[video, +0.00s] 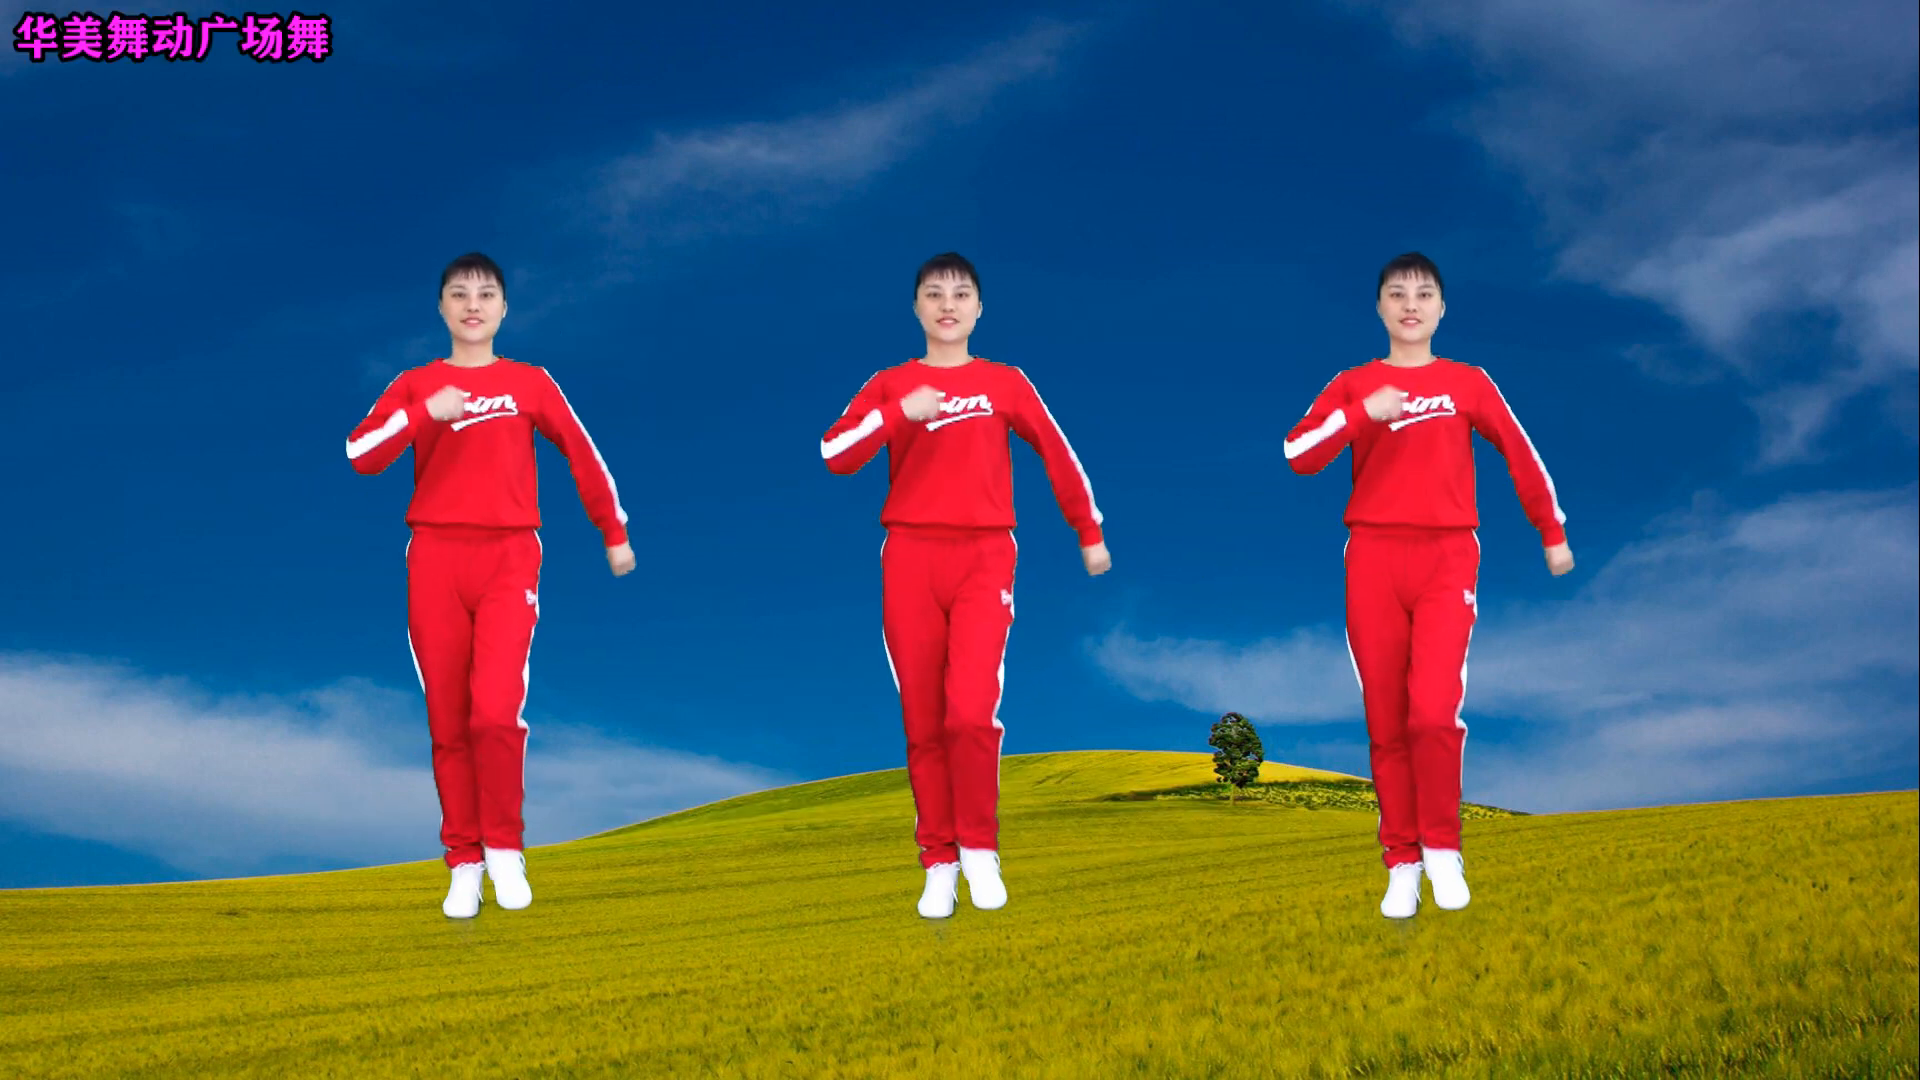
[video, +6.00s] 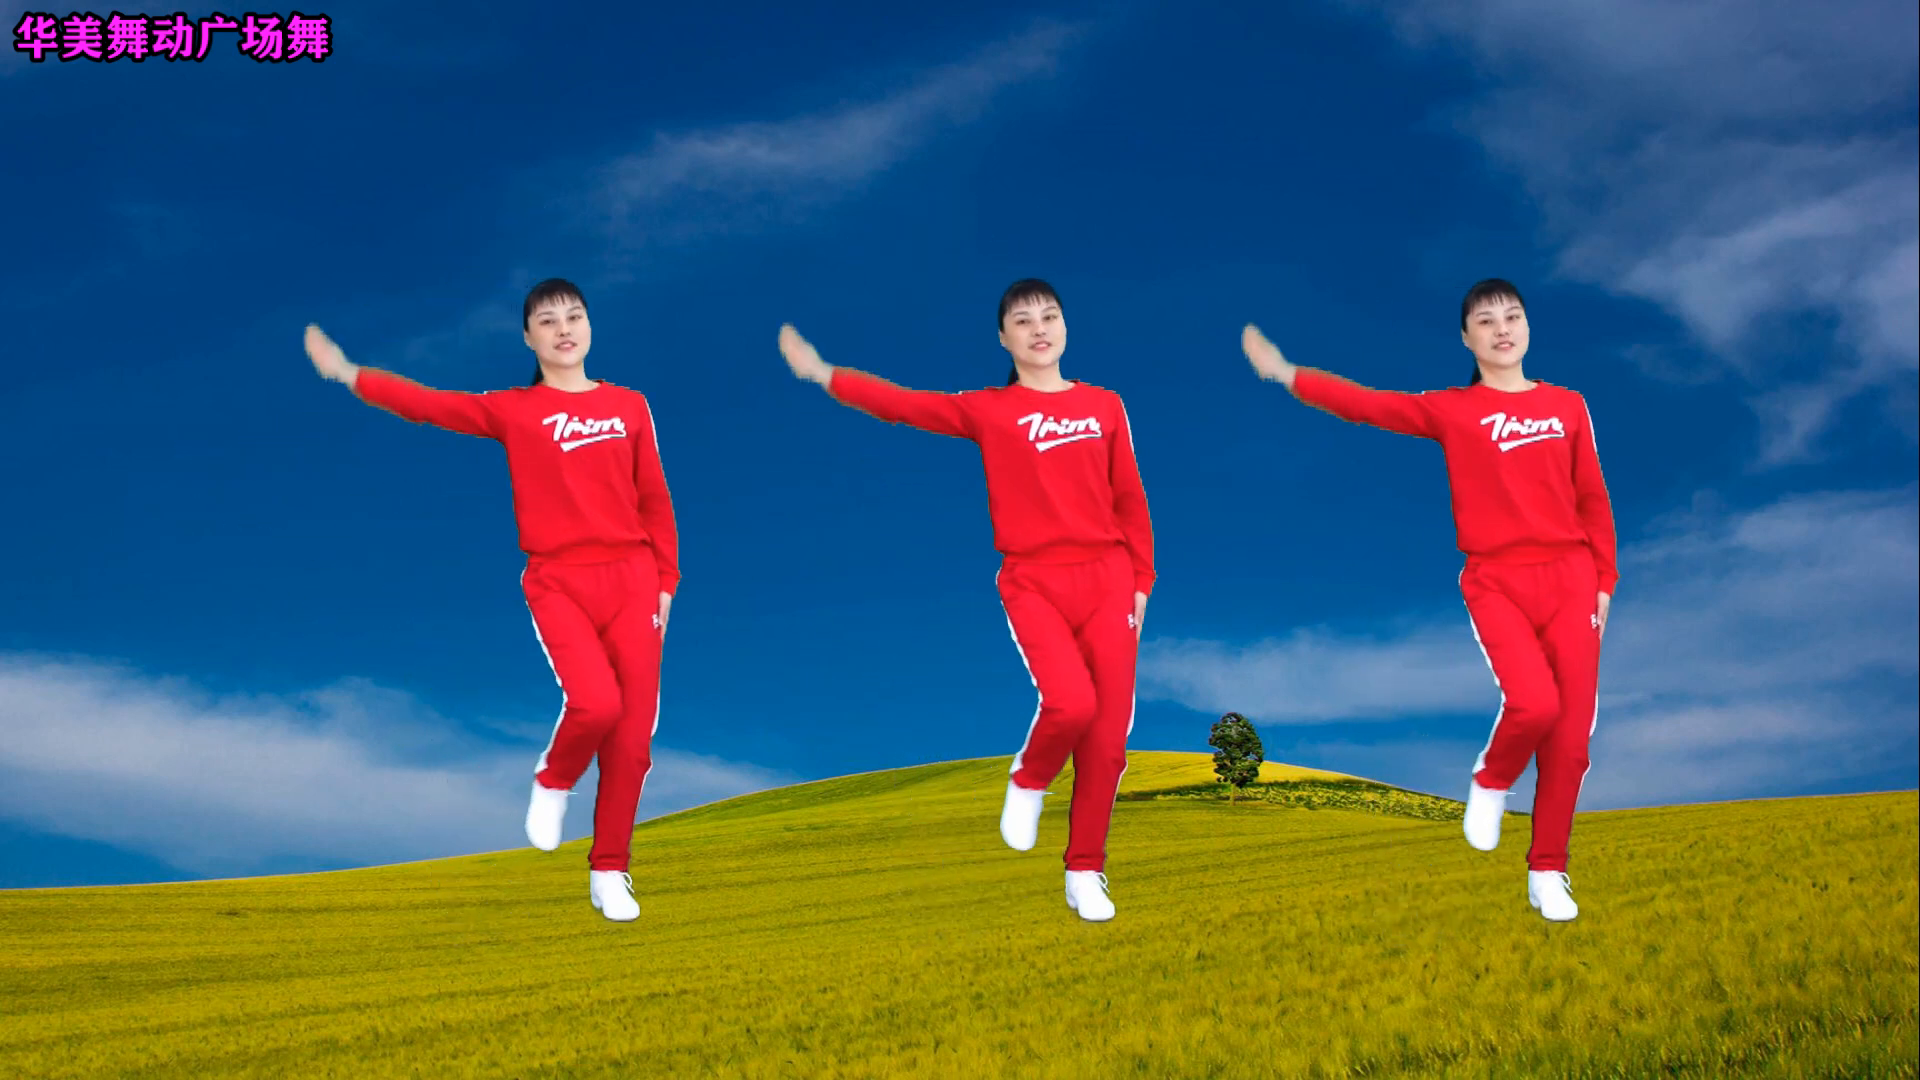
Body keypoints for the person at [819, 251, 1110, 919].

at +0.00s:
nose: (949, 305)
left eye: (961, 295)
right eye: (936, 295)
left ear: (978, 307)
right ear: (918, 308)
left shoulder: (1007, 382)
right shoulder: (888, 384)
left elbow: (1059, 454)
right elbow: (835, 454)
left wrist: (1090, 534)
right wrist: (897, 414)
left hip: (985, 560)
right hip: (910, 560)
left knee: (971, 714)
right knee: (923, 720)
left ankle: (979, 850)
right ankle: (937, 859)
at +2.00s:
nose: (956, 300)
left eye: (966, 289)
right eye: (942, 293)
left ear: (986, 303)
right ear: (925, 310)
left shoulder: (1019, 381)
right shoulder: (900, 386)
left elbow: (1052, 459)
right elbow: (845, 460)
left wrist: (997, 414)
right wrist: (799, 538)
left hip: (1002, 558)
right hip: (927, 558)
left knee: (996, 712)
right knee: (949, 709)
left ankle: (984, 859)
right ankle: (943, 832)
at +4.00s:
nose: (934, 308)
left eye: (946, 298)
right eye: (923, 298)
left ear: (965, 310)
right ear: (905, 311)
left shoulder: (996, 387)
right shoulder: (878, 393)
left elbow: (1044, 472)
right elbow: (838, 471)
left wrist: (1077, 558)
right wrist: (897, 443)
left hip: (972, 563)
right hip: (896, 565)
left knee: (943, 704)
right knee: (901, 722)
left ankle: (964, 808)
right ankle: (928, 863)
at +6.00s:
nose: (1038, 328)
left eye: (1048, 318)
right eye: (1024, 321)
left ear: (1065, 328)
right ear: (1006, 337)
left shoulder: (1104, 405)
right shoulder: (987, 407)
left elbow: (1133, 501)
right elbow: (900, 403)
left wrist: (1142, 580)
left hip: (1107, 575)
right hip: (1032, 579)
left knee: (1111, 731)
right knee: (1073, 706)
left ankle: (1085, 868)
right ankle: (1028, 784)